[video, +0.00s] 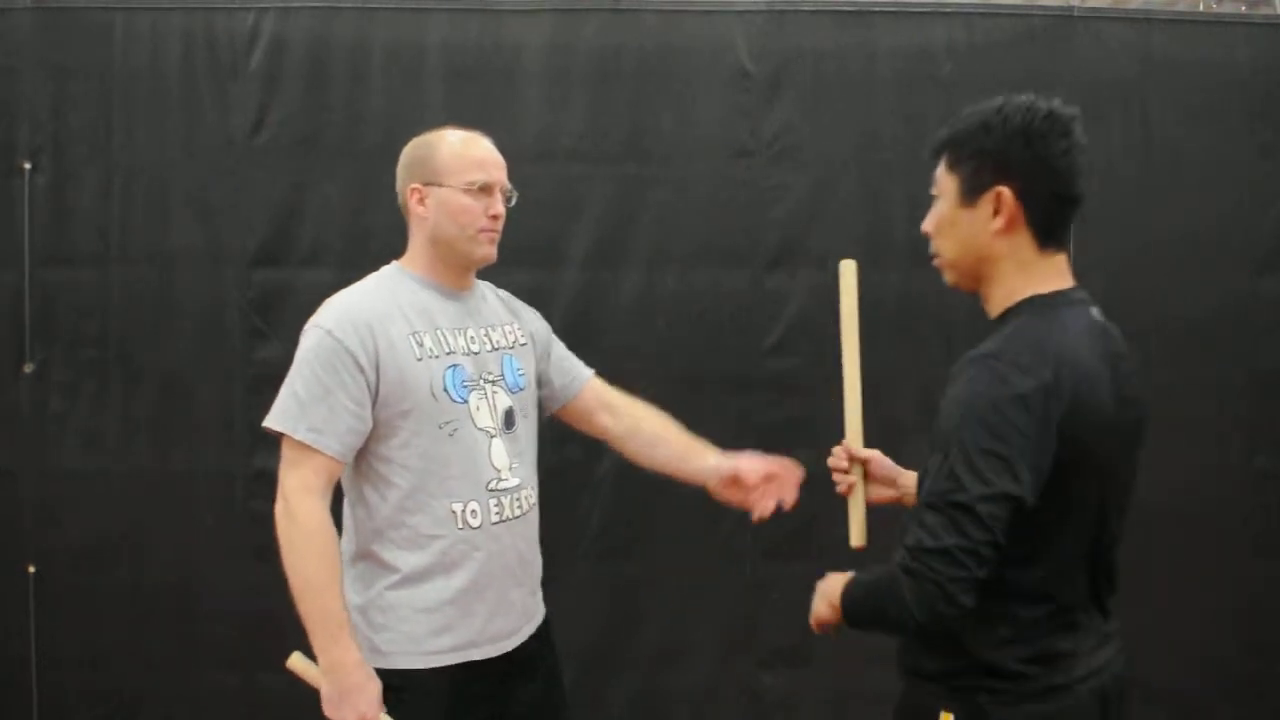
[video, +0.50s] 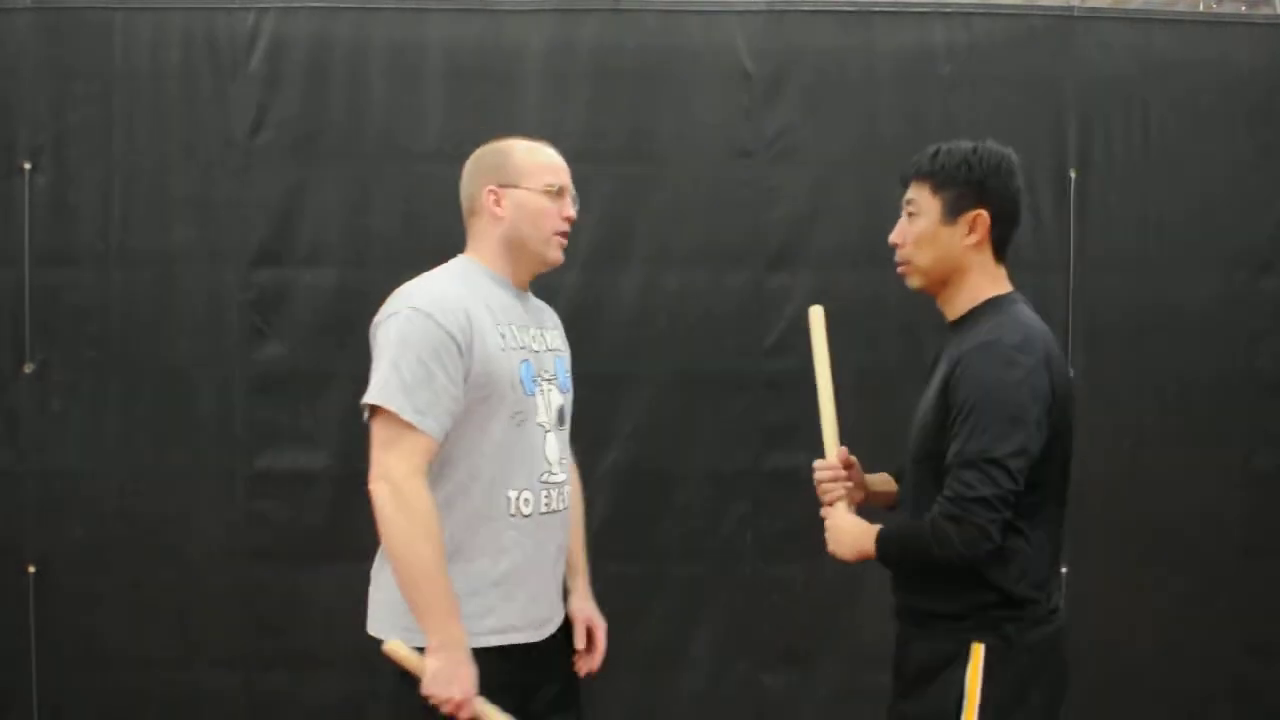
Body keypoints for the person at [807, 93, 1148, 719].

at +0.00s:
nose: (926, 227)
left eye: (939, 202)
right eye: (930, 203)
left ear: (999, 211)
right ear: (1005, 213)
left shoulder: (1005, 371)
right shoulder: (1098, 345)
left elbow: (934, 590)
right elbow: (1054, 510)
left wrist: (844, 596)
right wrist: (911, 487)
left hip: (985, 696)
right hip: (1081, 678)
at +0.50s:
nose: (893, 236)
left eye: (912, 215)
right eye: (901, 216)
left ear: (974, 228)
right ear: (967, 229)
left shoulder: (1003, 354)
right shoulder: (978, 342)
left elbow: (970, 531)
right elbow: (957, 486)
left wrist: (871, 540)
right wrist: (875, 490)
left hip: (984, 656)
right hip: (957, 647)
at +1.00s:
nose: (889, 237)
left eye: (908, 217)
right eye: (896, 217)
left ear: (967, 231)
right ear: (962, 233)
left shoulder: (996, 352)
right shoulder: (981, 340)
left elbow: (952, 526)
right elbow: (968, 480)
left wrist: (864, 543)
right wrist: (880, 488)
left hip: (994, 654)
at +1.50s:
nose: (902, 239)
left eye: (921, 220)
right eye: (909, 220)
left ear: (981, 238)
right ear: (978, 240)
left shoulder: (1005, 354)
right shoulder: (977, 344)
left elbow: (970, 520)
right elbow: (943, 478)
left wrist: (882, 569)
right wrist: (849, 497)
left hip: (986, 640)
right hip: (959, 633)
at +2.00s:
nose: (904, 246)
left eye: (918, 230)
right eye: (908, 229)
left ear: (974, 242)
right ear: (970, 245)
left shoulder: (967, 352)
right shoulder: (1001, 334)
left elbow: (860, 469)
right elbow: (873, 388)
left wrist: (886, 414)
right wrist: (875, 279)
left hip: (964, 620)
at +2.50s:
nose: (874, 239)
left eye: (894, 220)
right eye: (880, 219)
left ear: (957, 238)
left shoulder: (1005, 367)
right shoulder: (873, 351)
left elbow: (922, 507)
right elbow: (740, 356)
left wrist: (839, 469)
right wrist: (688, 259)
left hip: (961, 657)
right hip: (877, 649)